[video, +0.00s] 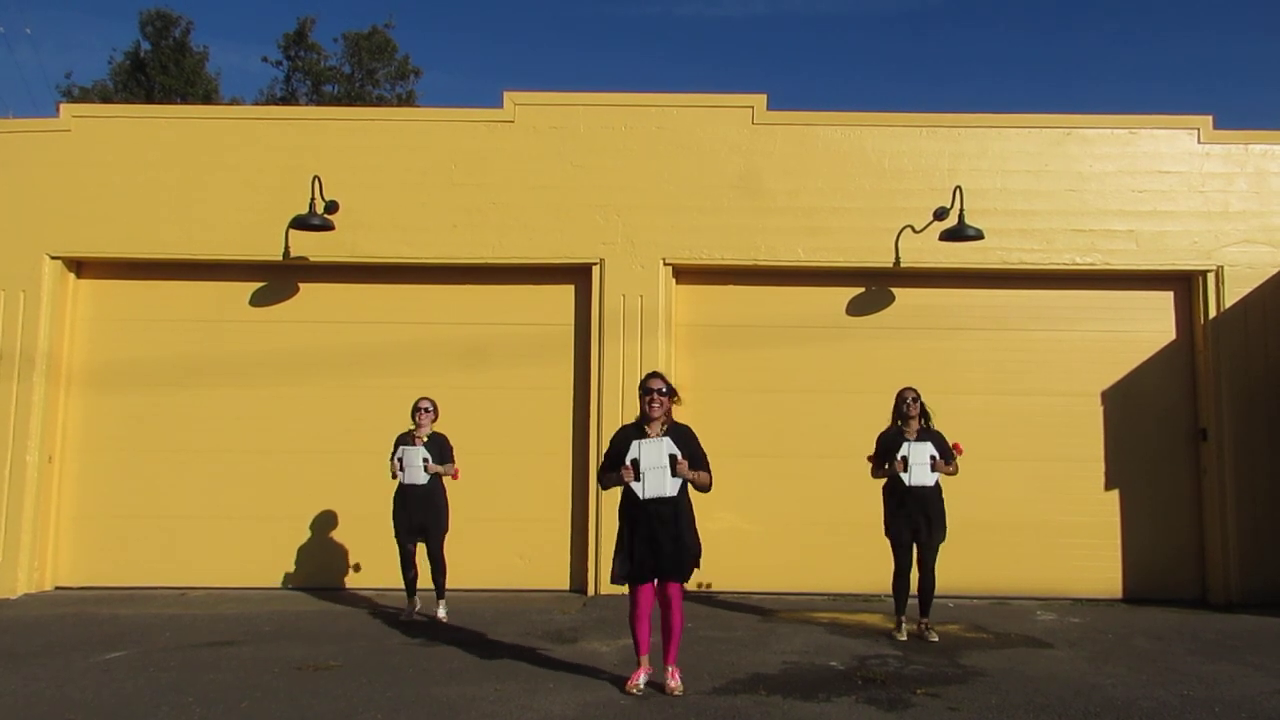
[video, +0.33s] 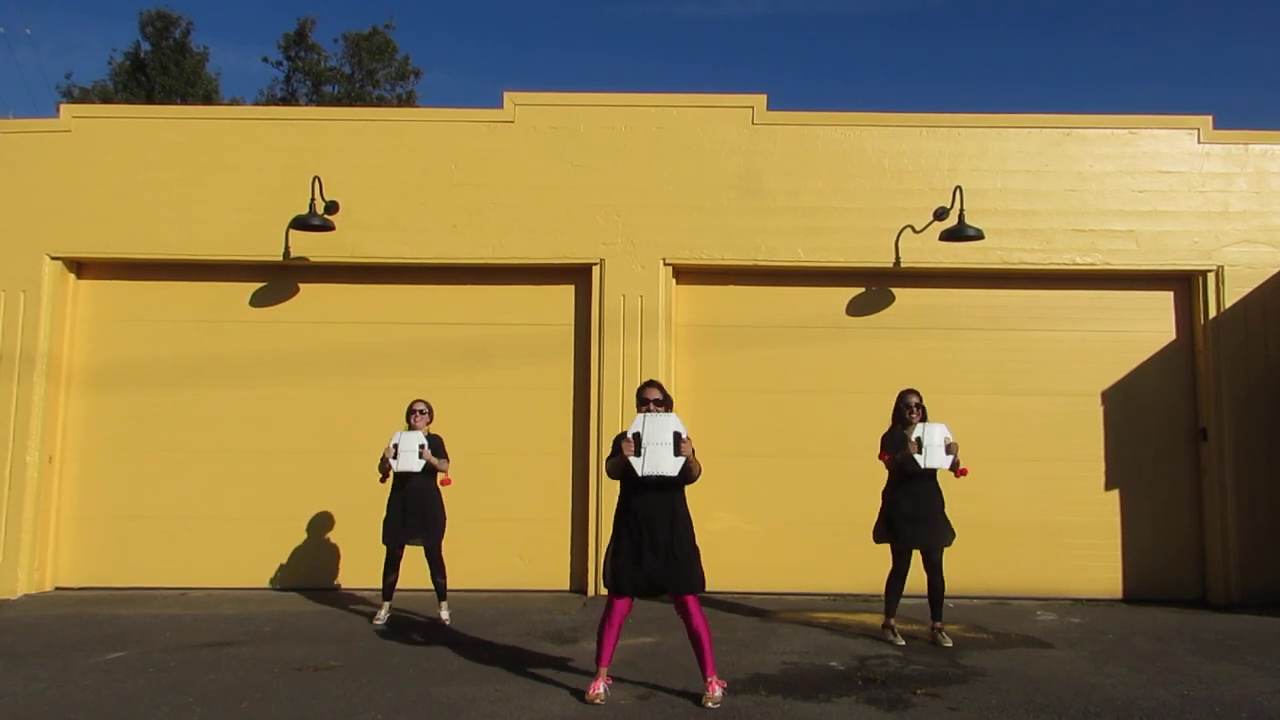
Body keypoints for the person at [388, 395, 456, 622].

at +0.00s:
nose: (422, 414)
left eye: (427, 410)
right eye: (418, 410)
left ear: (434, 415)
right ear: (413, 415)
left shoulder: (441, 440)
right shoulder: (403, 439)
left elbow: (452, 468)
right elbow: (394, 469)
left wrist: (437, 469)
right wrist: (395, 466)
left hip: (433, 501)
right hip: (406, 500)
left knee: (435, 553)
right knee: (406, 553)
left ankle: (441, 602)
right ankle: (412, 600)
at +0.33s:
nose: (416, 416)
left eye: (421, 412)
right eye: (413, 413)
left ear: (429, 417)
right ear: (408, 417)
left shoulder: (433, 440)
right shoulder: (399, 440)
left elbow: (444, 466)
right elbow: (383, 472)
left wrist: (430, 458)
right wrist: (386, 459)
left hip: (428, 505)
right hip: (400, 504)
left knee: (433, 554)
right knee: (393, 554)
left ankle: (443, 605)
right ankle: (385, 604)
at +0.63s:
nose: (411, 420)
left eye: (416, 417)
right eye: (407, 417)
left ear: (423, 421)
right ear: (402, 421)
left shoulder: (431, 447)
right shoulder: (392, 447)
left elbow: (442, 476)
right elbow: (383, 478)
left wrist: (429, 472)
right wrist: (384, 471)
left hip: (423, 508)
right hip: (397, 508)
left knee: (428, 556)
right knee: (395, 557)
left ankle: (436, 605)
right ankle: (390, 607)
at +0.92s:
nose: (410, 428)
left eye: (414, 425)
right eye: (406, 425)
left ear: (421, 427)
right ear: (400, 428)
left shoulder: (427, 451)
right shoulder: (394, 450)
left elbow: (435, 471)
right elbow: (377, 475)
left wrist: (423, 456)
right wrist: (383, 458)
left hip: (420, 513)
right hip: (393, 513)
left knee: (426, 561)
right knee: (384, 561)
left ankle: (438, 609)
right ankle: (378, 609)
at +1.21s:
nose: (405, 420)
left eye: (410, 417)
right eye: (402, 417)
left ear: (418, 422)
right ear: (397, 422)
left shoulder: (426, 448)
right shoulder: (387, 448)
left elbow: (438, 474)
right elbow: (378, 473)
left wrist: (425, 476)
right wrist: (381, 472)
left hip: (420, 511)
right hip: (391, 511)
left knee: (425, 557)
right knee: (390, 559)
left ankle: (436, 607)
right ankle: (383, 609)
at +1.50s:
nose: (405, 423)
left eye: (409, 419)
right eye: (401, 420)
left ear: (417, 423)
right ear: (395, 423)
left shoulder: (424, 446)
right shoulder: (389, 445)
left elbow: (432, 467)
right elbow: (375, 471)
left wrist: (419, 457)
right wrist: (378, 456)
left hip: (418, 510)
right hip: (389, 509)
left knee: (424, 559)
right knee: (380, 559)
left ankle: (435, 608)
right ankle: (372, 609)